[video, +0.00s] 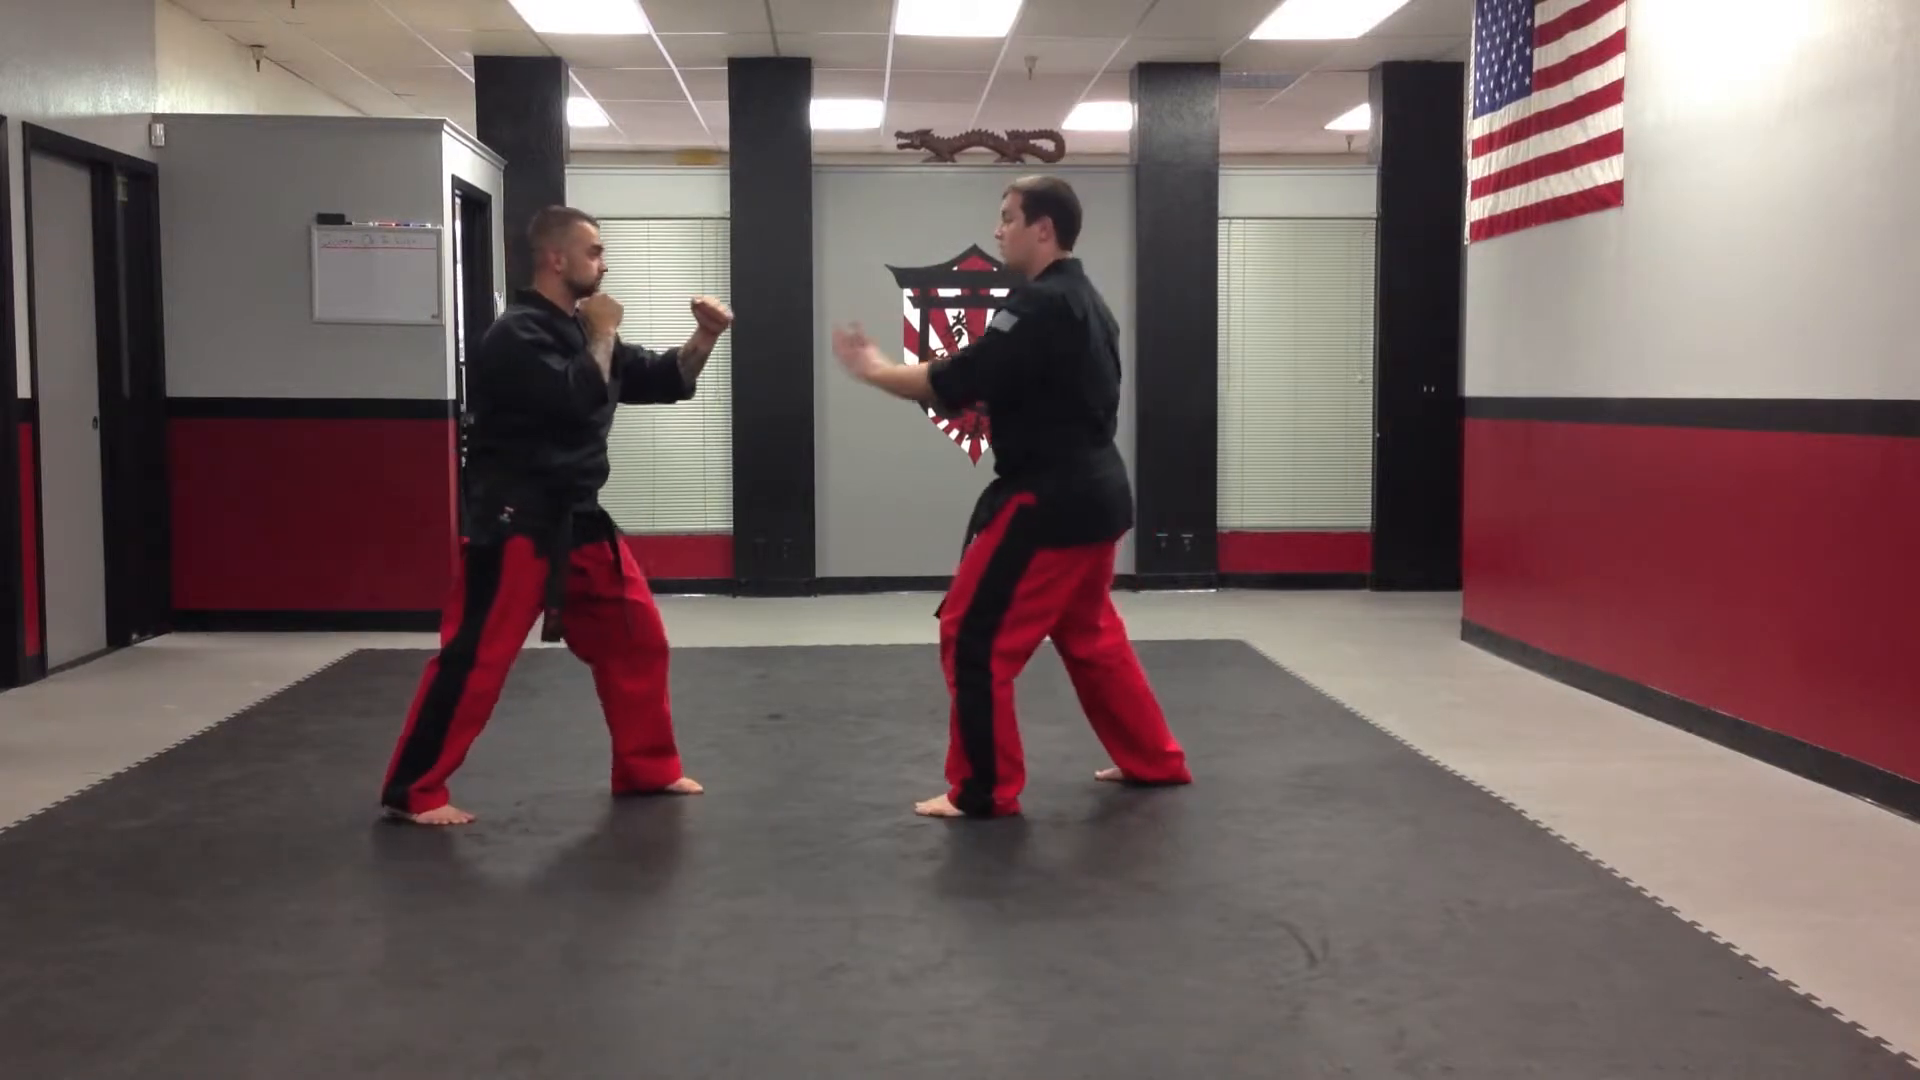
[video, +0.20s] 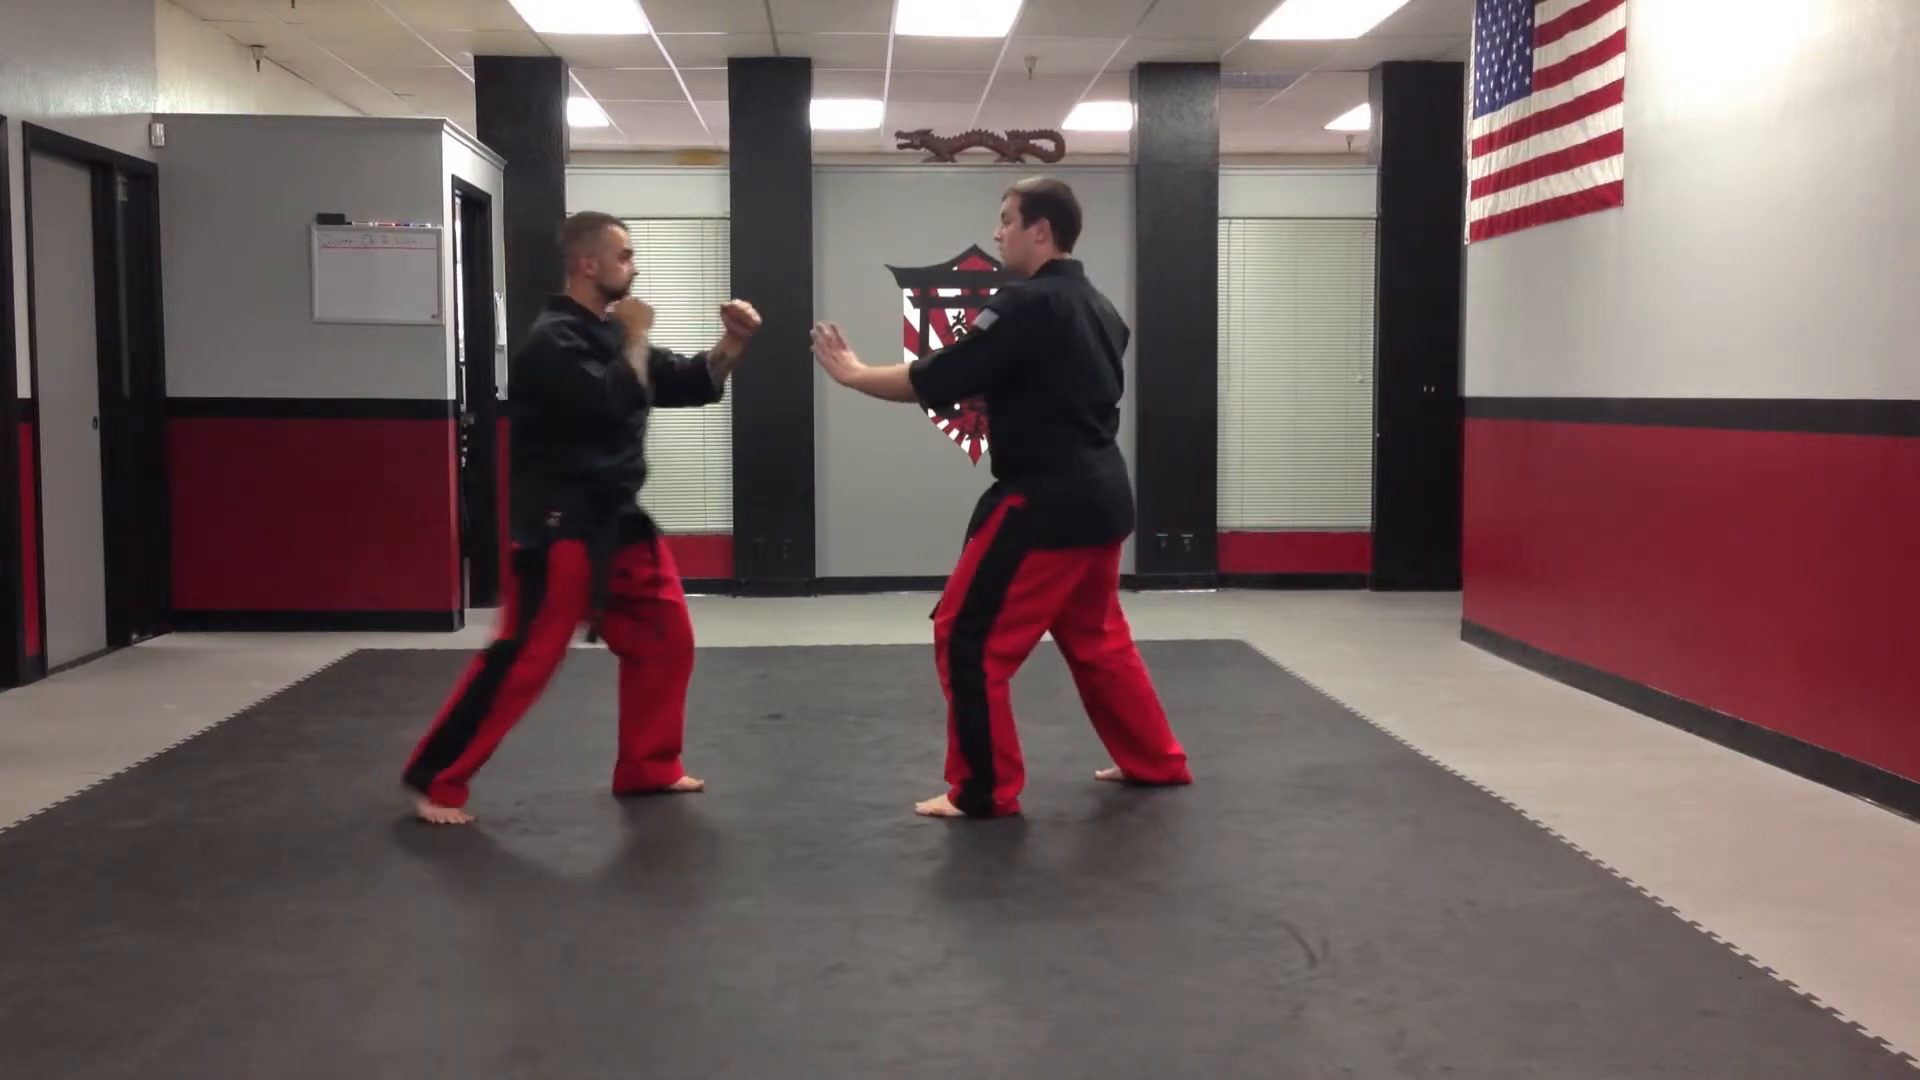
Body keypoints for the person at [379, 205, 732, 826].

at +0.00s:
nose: (604, 264)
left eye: (602, 252)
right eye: (593, 252)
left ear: (560, 261)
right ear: (553, 258)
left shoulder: (580, 333)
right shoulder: (512, 335)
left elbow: (664, 379)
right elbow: (570, 401)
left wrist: (704, 339)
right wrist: (602, 340)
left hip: (578, 518)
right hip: (510, 523)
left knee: (636, 641)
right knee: (473, 660)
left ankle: (645, 771)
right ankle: (412, 791)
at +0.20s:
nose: (633, 268)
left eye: (632, 257)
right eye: (623, 257)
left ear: (590, 265)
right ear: (583, 263)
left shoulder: (610, 335)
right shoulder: (549, 339)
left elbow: (686, 384)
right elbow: (609, 403)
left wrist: (730, 347)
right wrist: (636, 340)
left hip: (618, 519)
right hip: (558, 524)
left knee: (664, 640)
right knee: (525, 657)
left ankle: (647, 769)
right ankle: (436, 781)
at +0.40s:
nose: (684, 261)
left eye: (682, 250)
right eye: (673, 250)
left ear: (646, 260)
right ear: (635, 258)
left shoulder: (648, 326)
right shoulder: (625, 330)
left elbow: (694, 398)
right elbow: (690, 393)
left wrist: (733, 364)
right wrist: (721, 338)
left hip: (658, 501)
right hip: (625, 506)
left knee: (689, 628)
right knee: (687, 630)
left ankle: (658, 760)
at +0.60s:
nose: (755, 262)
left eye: (752, 251)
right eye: (744, 252)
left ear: (698, 263)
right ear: (707, 259)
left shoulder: (650, 333)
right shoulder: (727, 320)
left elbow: (640, 423)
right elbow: (808, 313)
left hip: (659, 516)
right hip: (711, 518)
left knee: (680, 641)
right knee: (780, 637)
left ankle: (649, 766)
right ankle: (851, 766)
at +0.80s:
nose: (813, 270)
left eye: (812, 260)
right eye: (806, 260)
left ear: (753, 269)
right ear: (774, 265)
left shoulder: (704, 338)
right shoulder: (796, 328)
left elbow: (668, 428)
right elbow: (865, 329)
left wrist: (734, 425)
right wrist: (925, 308)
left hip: (722, 524)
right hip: (790, 524)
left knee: (731, 647)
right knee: (865, 650)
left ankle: (665, 766)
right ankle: (890, 791)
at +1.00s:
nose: (842, 264)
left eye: (839, 253)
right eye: (833, 253)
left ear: (780, 261)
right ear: (801, 260)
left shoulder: (726, 334)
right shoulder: (820, 335)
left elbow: (688, 412)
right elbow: (897, 369)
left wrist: (750, 419)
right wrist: (983, 371)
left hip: (738, 520)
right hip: (810, 522)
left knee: (732, 648)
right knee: (875, 656)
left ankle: (678, 778)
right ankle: (889, 792)